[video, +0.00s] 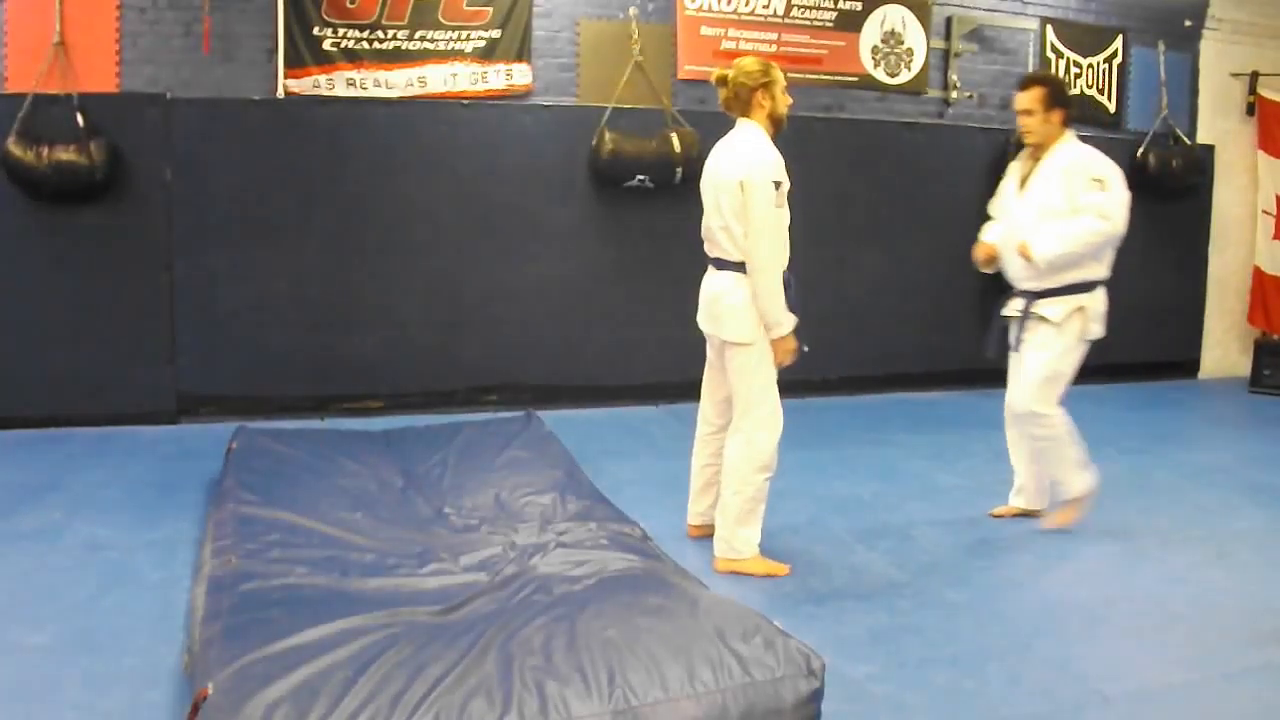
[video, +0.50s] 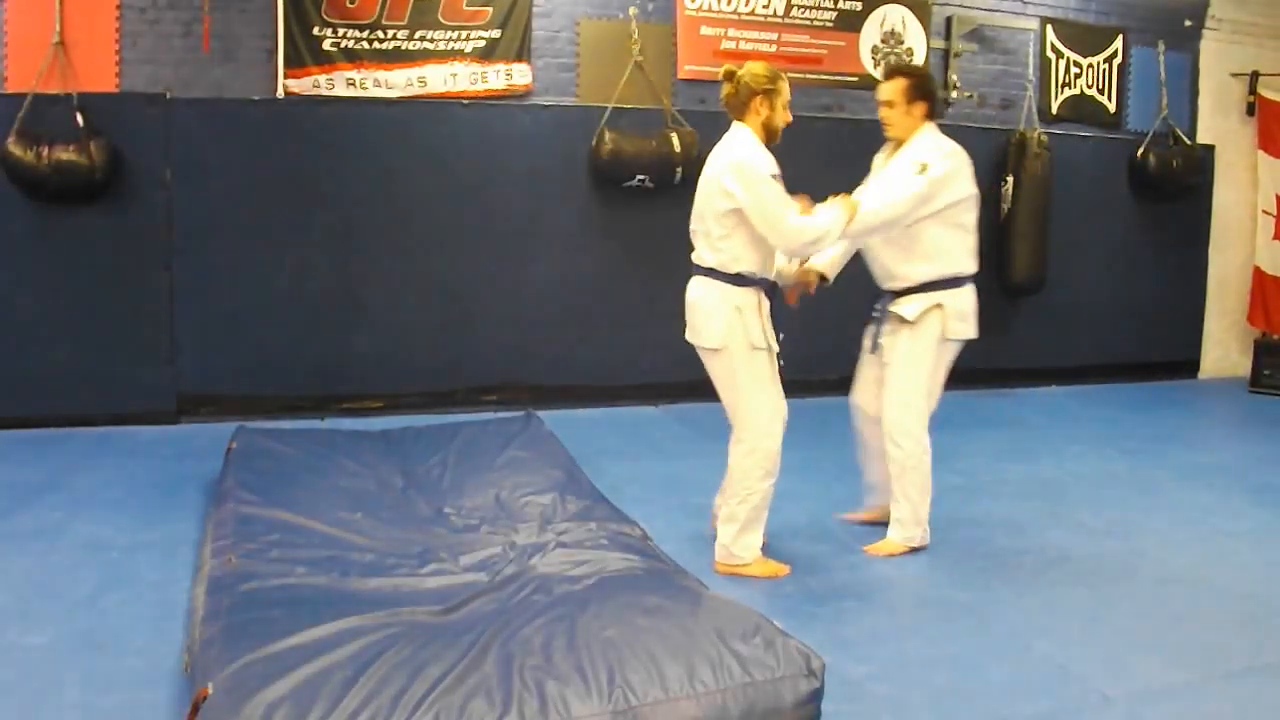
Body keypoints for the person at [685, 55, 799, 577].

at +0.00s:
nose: (789, 100)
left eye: (786, 91)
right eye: (784, 92)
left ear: (745, 99)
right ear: (763, 97)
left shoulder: (724, 150)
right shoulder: (762, 158)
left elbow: (718, 238)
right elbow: (765, 254)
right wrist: (780, 328)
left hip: (716, 286)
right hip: (744, 294)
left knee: (718, 410)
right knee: (760, 421)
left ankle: (703, 515)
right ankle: (737, 549)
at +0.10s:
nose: (788, 102)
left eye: (785, 92)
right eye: (782, 93)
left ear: (740, 98)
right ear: (763, 98)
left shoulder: (721, 151)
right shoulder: (760, 159)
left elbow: (719, 239)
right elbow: (767, 252)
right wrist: (797, 321)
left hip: (718, 286)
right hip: (747, 294)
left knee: (718, 410)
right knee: (763, 424)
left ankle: (703, 514)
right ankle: (737, 547)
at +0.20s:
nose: (786, 103)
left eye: (783, 93)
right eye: (781, 94)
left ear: (738, 99)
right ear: (763, 98)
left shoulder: (718, 152)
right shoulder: (760, 157)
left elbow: (723, 236)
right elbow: (774, 242)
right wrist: (849, 269)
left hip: (717, 288)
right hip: (749, 295)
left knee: (719, 410)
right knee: (763, 421)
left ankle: (703, 515)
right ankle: (736, 548)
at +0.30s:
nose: (787, 104)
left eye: (785, 96)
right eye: (783, 96)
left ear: (740, 101)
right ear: (764, 100)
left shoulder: (720, 151)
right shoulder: (765, 159)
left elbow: (747, 213)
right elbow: (814, 223)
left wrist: (797, 186)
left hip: (710, 290)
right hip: (747, 299)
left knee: (717, 413)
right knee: (764, 424)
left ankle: (703, 516)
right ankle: (738, 549)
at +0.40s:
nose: (788, 111)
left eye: (787, 102)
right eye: (785, 102)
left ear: (747, 105)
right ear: (763, 104)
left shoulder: (726, 152)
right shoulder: (759, 156)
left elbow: (749, 227)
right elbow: (822, 212)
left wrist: (795, 241)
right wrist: (851, 186)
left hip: (711, 294)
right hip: (738, 302)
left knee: (740, 413)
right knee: (763, 426)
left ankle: (711, 511)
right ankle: (737, 551)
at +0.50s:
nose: (791, 114)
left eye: (789, 104)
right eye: (786, 104)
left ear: (754, 105)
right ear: (761, 105)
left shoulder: (739, 152)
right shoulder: (744, 158)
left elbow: (757, 239)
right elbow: (786, 231)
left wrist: (792, 271)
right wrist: (840, 211)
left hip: (732, 297)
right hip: (727, 303)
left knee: (766, 413)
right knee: (760, 420)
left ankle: (732, 519)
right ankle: (737, 551)